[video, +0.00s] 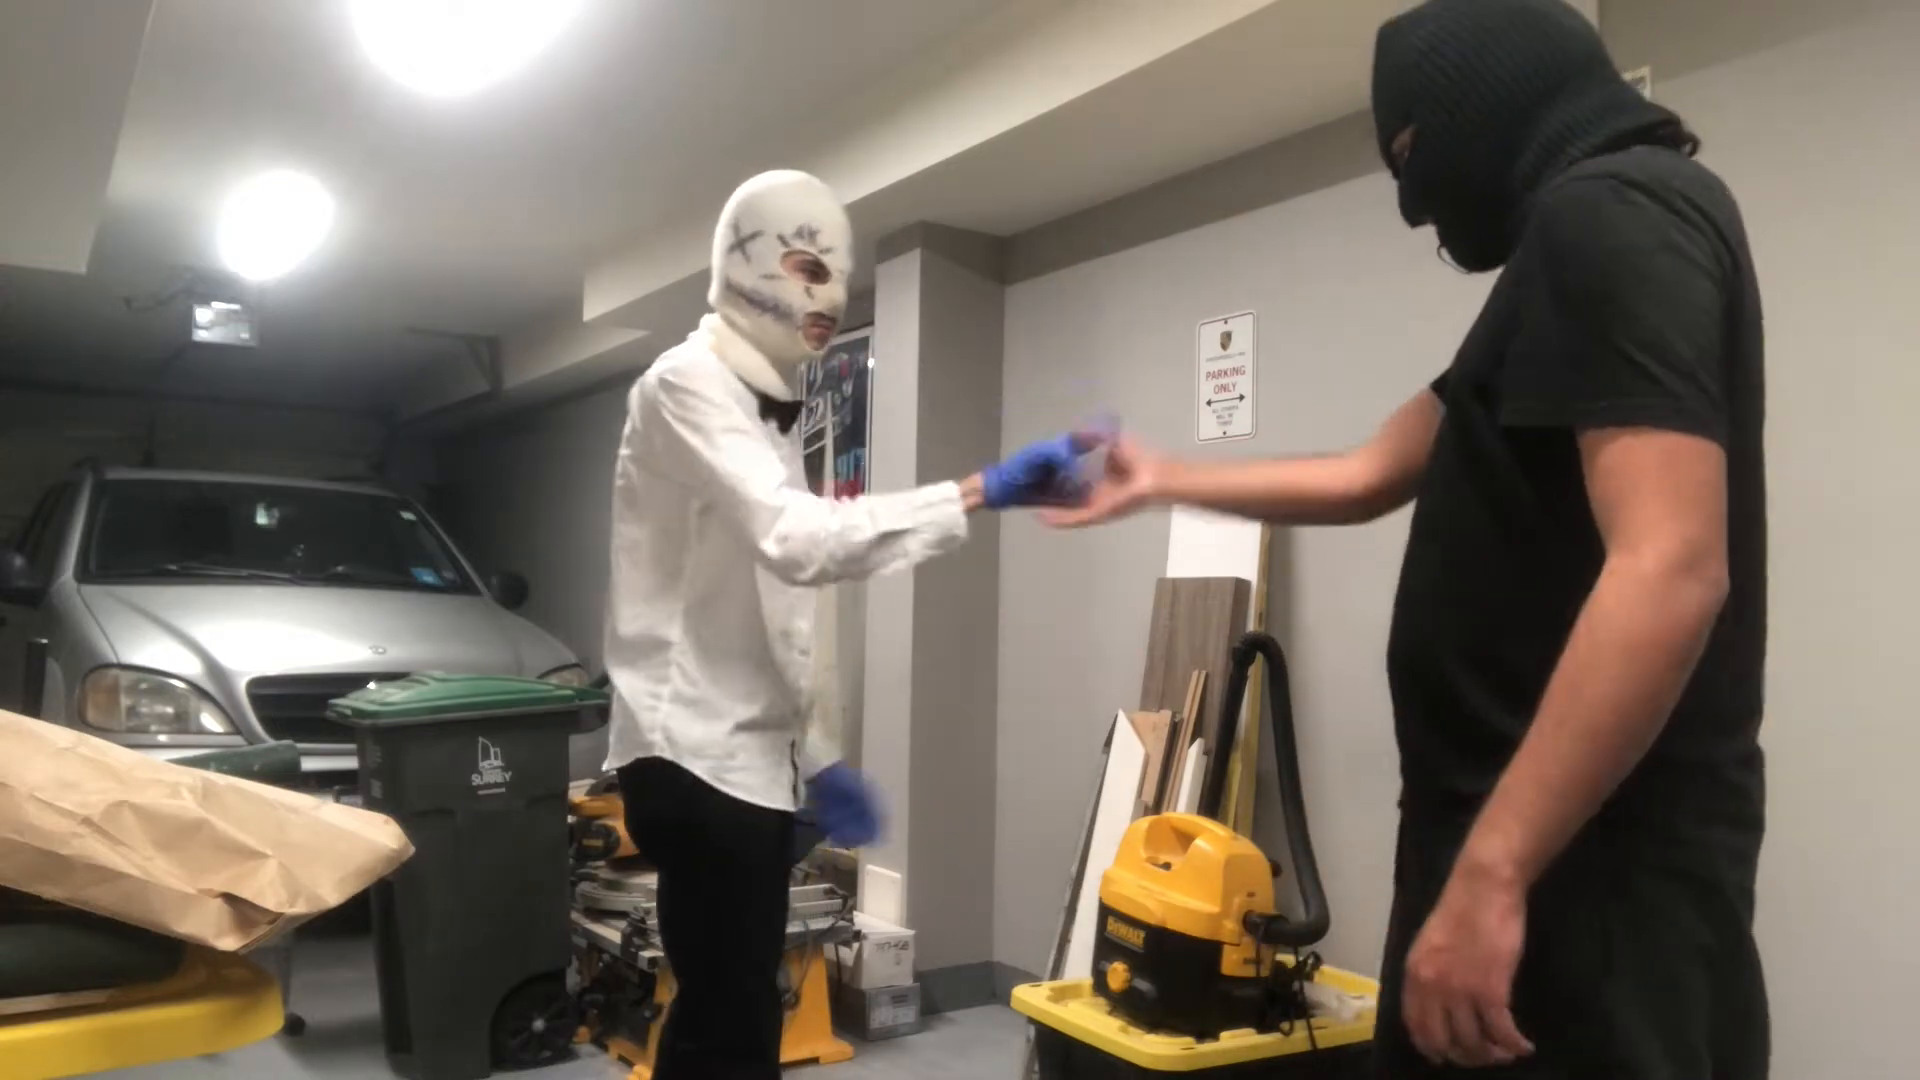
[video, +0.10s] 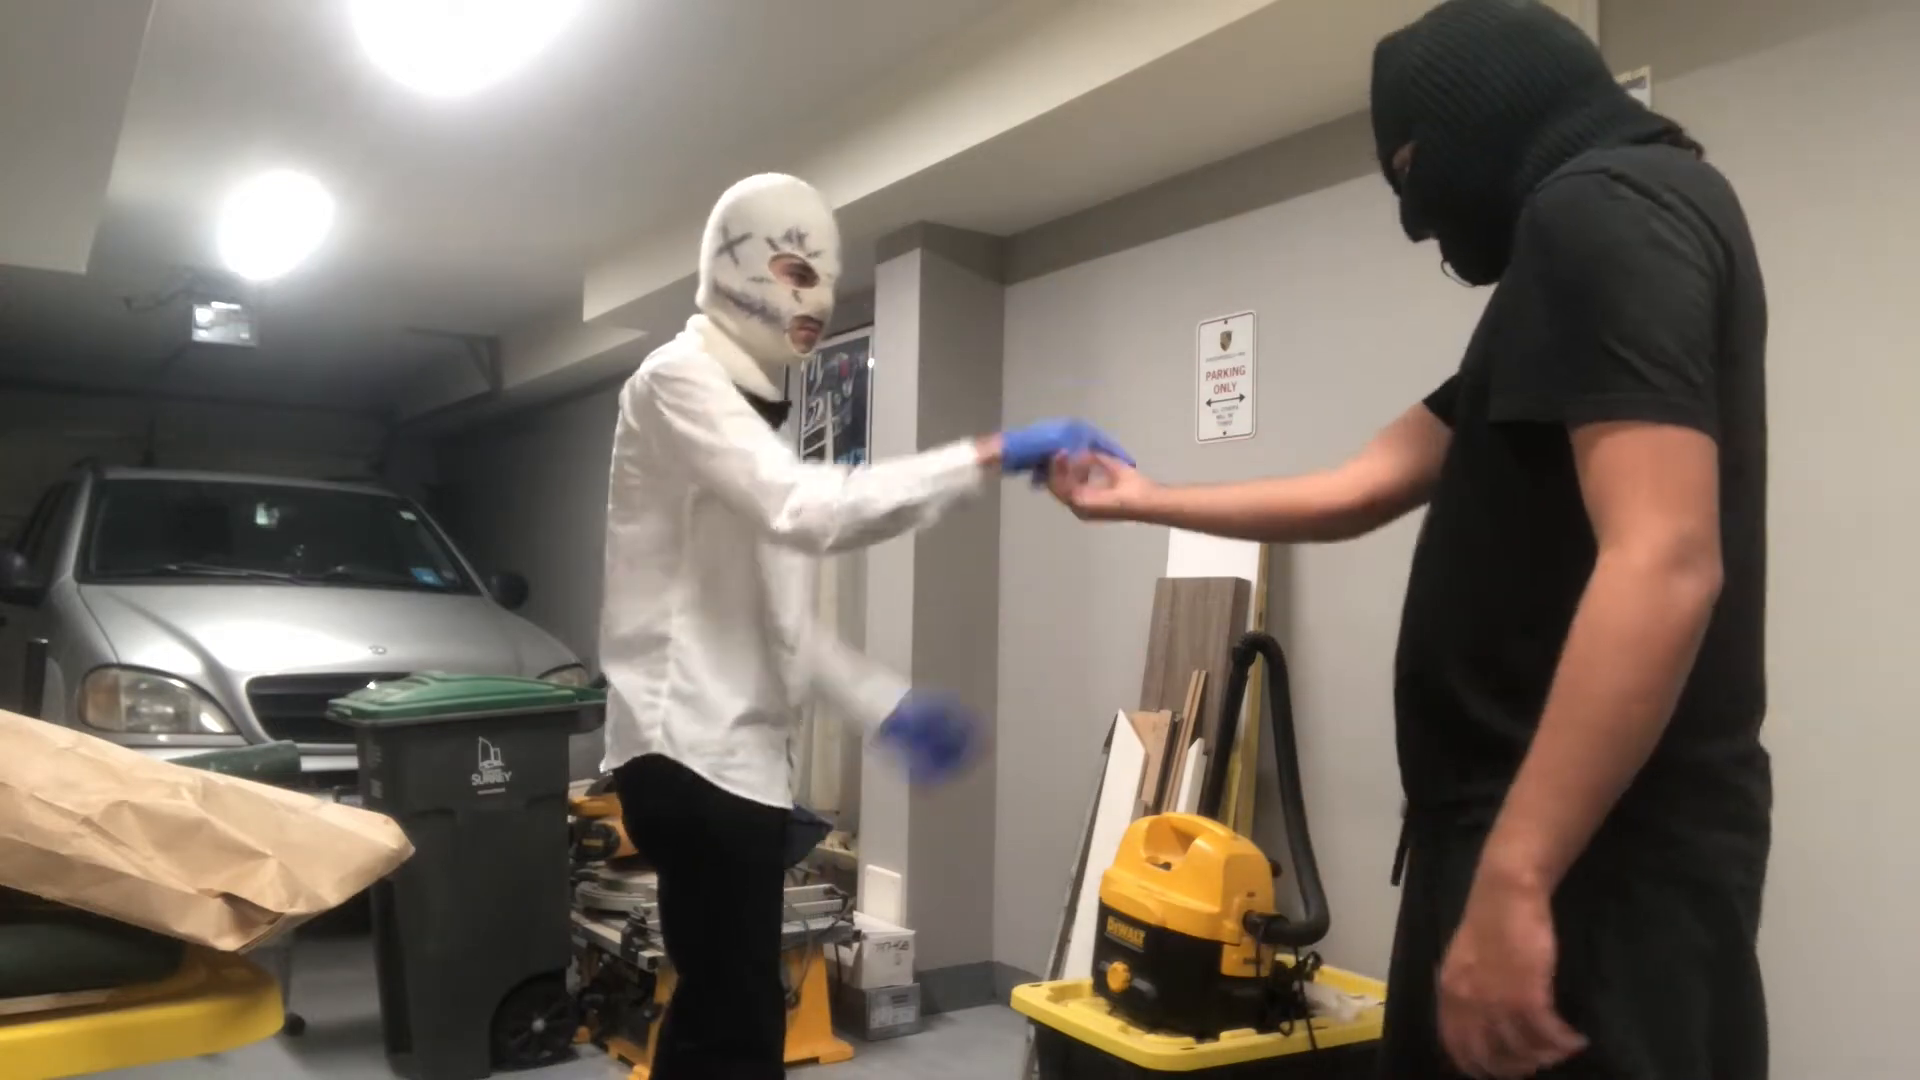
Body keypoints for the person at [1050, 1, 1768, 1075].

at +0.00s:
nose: (1408, 203)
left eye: (1407, 156)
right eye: (1398, 170)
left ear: (1474, 103)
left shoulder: (1607, 214)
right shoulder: (1569, 249)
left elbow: (1671, 568)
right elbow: (1365, 476)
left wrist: (1487, 877)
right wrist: (1157, 475)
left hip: (1587, 913)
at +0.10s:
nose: (1408, 214)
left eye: (1407, 171)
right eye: (1398, 184)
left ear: (1474, 115)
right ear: (1501, 113)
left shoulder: (1601, 210)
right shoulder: (1579, 251)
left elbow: (1663, 564)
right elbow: (1366, 484)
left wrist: (1511, 881)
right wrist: (1145, 496)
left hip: (1588, 871)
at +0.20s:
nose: (1414, 219)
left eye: (1412, 176)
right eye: (1401, 189)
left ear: (1479, 119)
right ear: (1494, 121)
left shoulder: (1609, 206)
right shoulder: (1572, 271)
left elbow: (1679, 555)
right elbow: (1342, 484)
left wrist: (1535, 883)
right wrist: (1139, 483)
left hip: (1595, 897)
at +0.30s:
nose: (1422, 218)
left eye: (1420, 175)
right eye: (1411, 189)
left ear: (1487, 118)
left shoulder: (1607, 202)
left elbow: (1699, 548)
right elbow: (1336, 479)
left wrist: (1567, 889)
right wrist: (1126, 467)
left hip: (1582, 894)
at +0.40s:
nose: (1431, 218)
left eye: (1429, 177)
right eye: (1419, 189)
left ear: (1494, 122)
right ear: (1536, 111)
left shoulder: (1594, 191)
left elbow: (1694, 530)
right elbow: (1359, 479)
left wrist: (1559, 874)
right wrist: (1143, 467)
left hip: (1568, 887)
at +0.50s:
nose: (1432, 222)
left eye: (1428, 183)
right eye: (1419, 194)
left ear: (1483, 125)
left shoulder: (1582, 169)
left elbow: (1638, 507)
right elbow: (1391, 522)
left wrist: (1469, 831)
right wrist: (1197, 427)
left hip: (1594, 875)